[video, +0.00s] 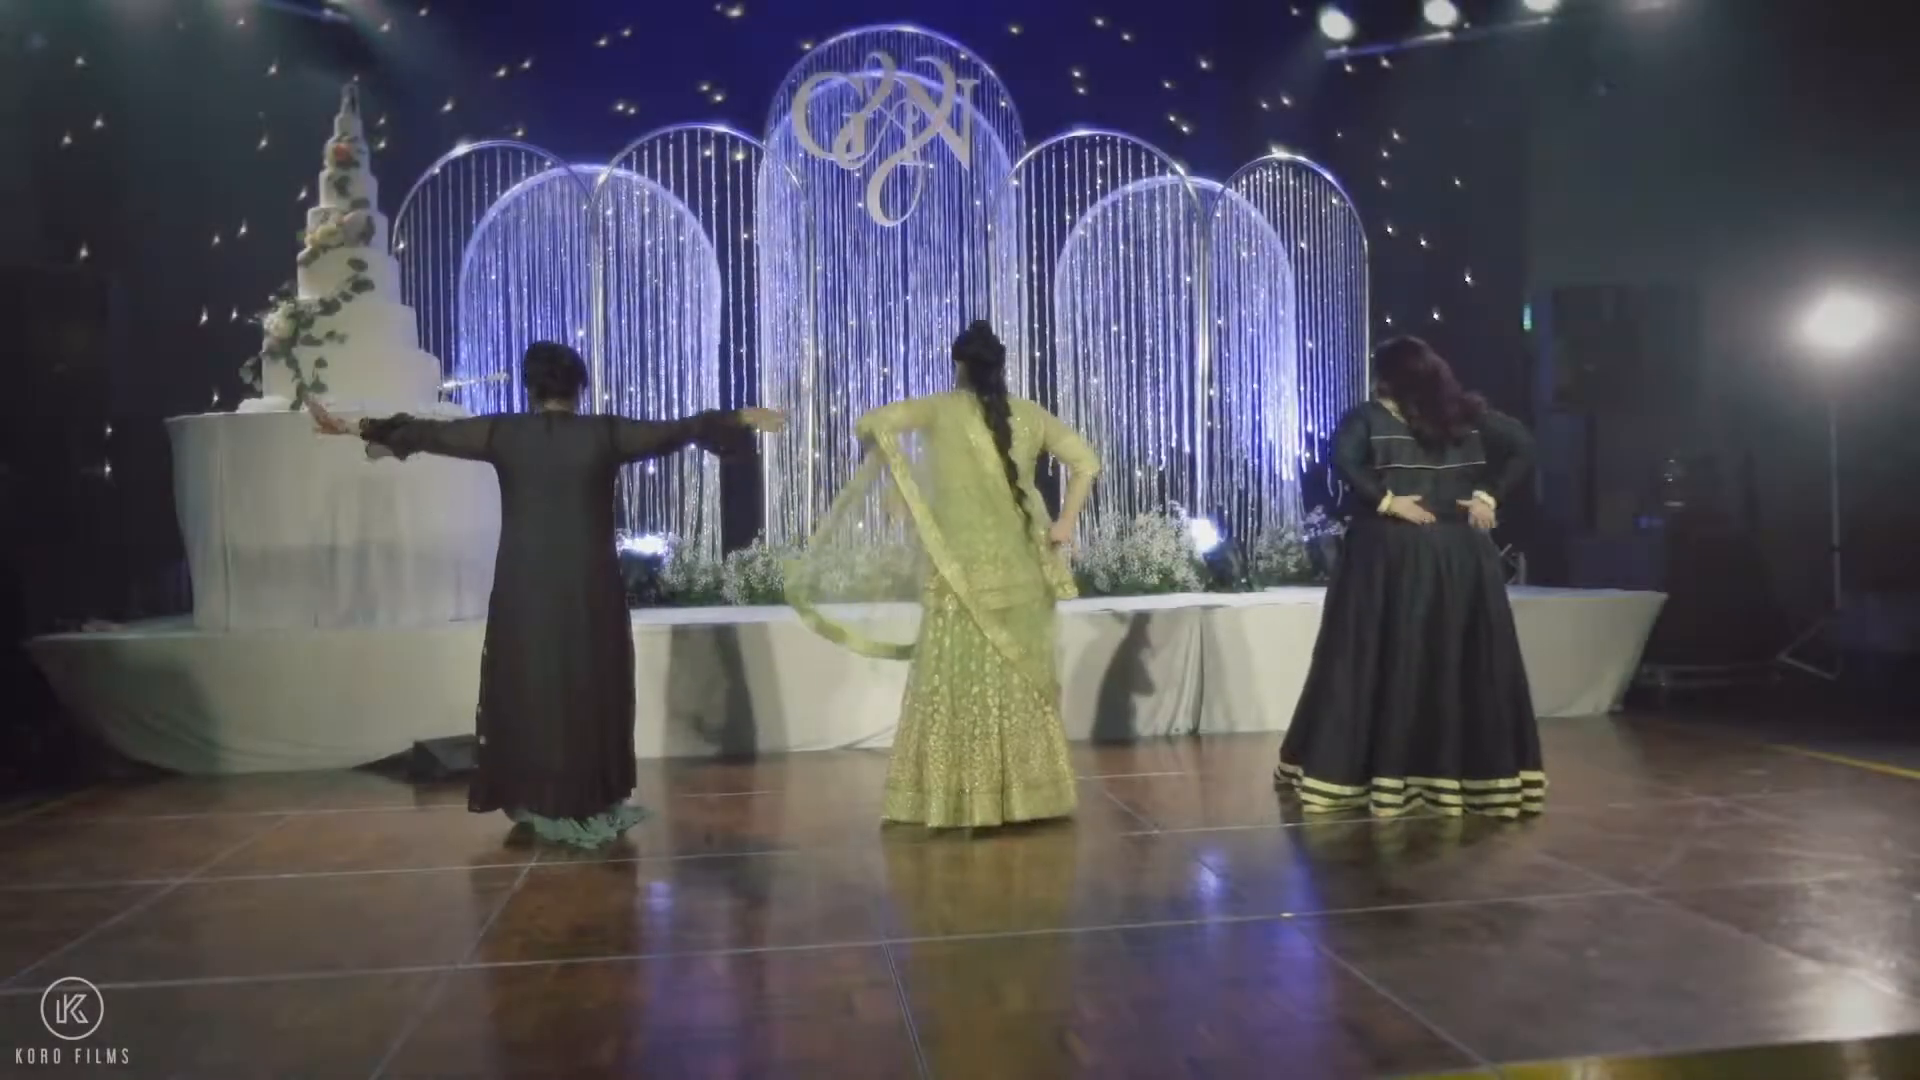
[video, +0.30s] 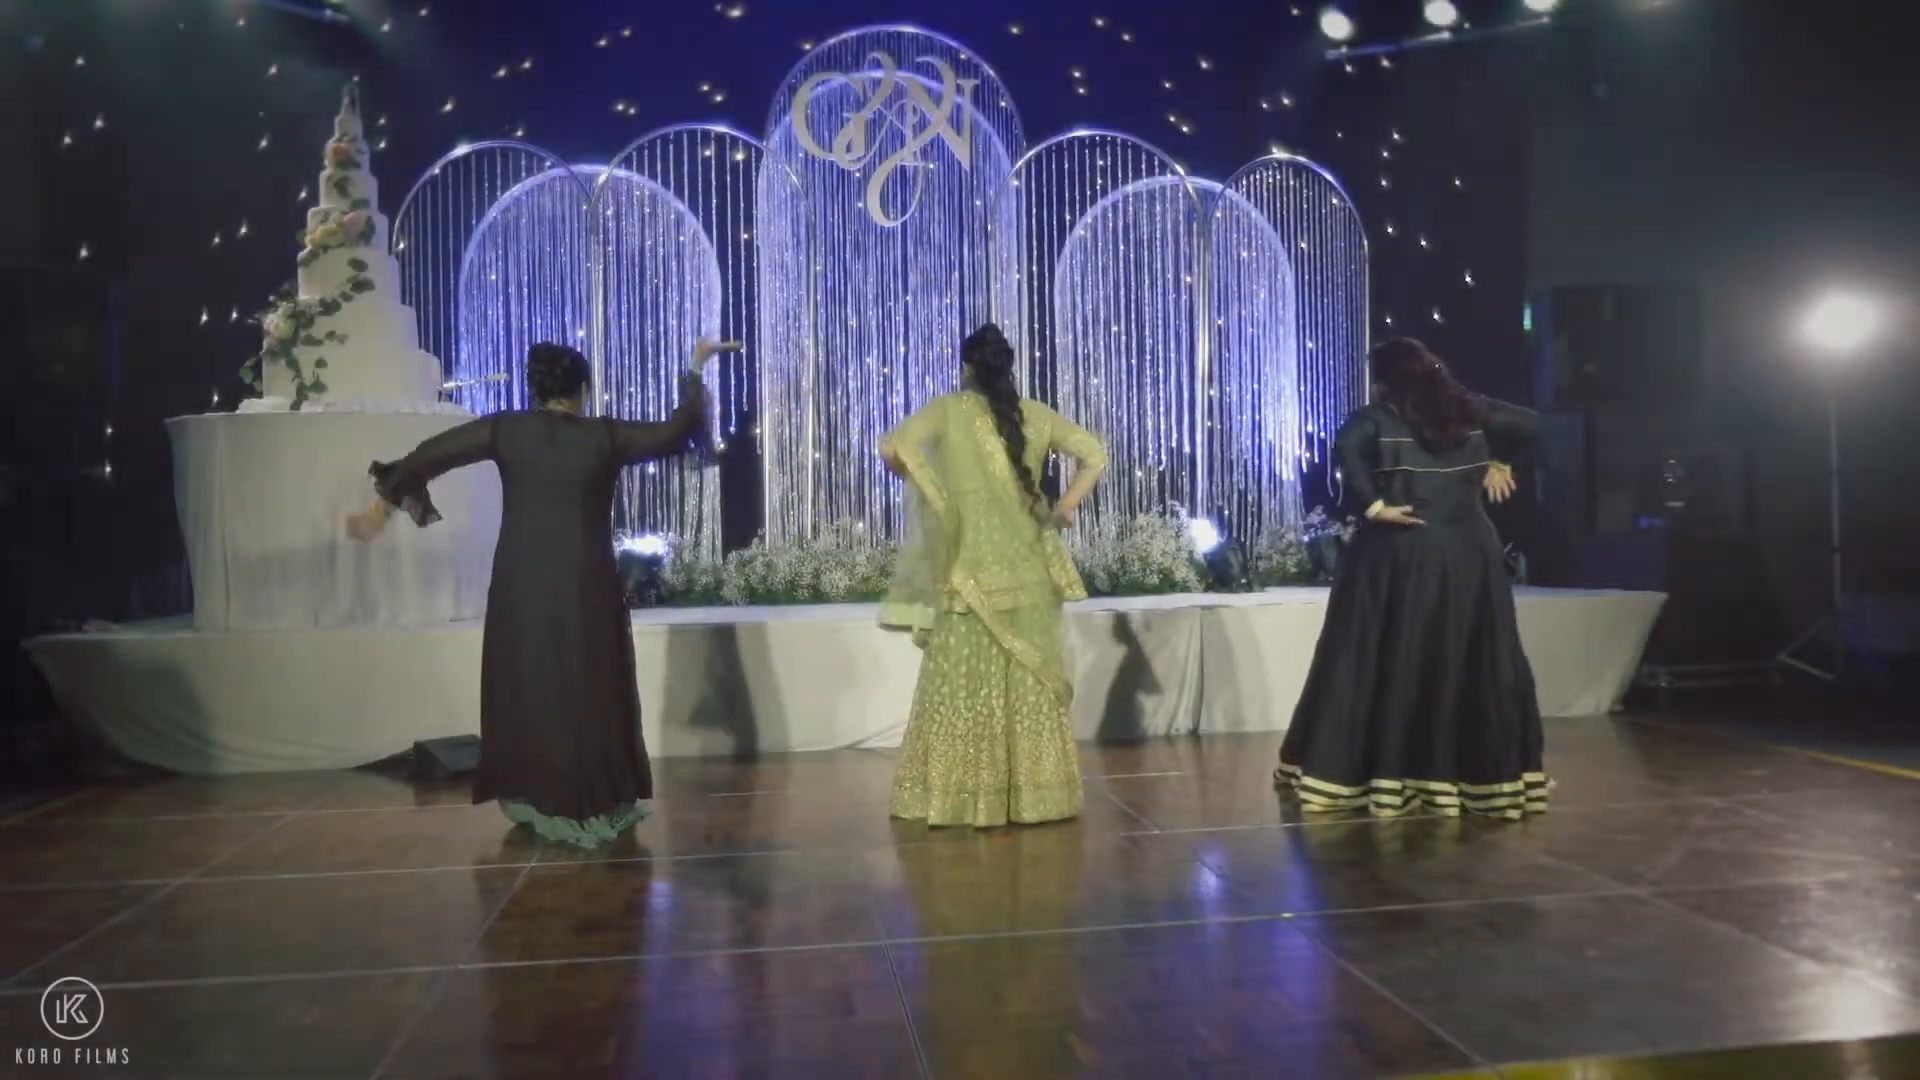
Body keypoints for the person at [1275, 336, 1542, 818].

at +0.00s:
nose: (1375, 389)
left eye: (1377, 380)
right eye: (1376, 381)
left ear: (1386, 380)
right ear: (1433, 372)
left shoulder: (1369, 417)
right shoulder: (1466, 413)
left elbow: (1343, 459)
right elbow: (1522, 443)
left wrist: (1388, 501)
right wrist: (1492, 494)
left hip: (1393, 562)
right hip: (1463, 560)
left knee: (1390, 666)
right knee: (1459, 667)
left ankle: (1388, 780)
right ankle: (1459, 780)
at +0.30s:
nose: (1375, 386)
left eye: (1376, 379)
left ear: (1382, 380)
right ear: (1431, 370)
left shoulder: (1373, 420)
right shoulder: (1465, 408)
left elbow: (1347, 453)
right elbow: (1528, 423)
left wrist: (1371, 505)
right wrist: (1500, 461)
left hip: (1405, 554)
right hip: (1471, 550)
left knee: (1397, 664)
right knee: (1470, 663)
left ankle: (1393, 780)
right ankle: (1474, 781)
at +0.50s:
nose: (1380, 390)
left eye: (1382, 382)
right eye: (1380, 382)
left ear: (1397, 384)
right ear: (1440, 373)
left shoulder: (1392, 423)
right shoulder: (1478, 415)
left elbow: (1368, 457)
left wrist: (1360, 518)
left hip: (1424, 551)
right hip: (1487, 547)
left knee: (1410, 661)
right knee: (1483, 660)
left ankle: (1405, 776)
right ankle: (1486, 777)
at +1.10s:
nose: (1388, 394)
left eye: (1392, 385)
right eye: (1389, 385)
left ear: (1406, 387)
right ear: (1448, 379)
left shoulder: (1407, 429)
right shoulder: (1485, 418)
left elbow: (1372, 477)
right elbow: (1539, 419)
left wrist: (1342, 444)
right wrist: (1511, 381)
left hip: (1425, 552)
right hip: (1489, 546)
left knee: (1419, 660)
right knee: (1487, 660)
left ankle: (1419, 777)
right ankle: (1493, 777)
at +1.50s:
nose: (1407, 387)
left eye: (1410, 379)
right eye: (1411, 379)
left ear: (1418, 383)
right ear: (1469, 374)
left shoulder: (1413, 424)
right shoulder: (1502, 409)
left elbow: (1348, 436)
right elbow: (1542, 373)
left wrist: (1326, 383)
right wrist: (1537, 310)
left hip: (1423, 546)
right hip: (1490, 544)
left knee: (1416, 661)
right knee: (1489, 663)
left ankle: (1415, 782)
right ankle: (1493, 782)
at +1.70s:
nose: (1413, 383)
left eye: (1417, 375)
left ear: (1425, 380)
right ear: (1476, 375)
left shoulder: (1416, 421)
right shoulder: (1503, 411)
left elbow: (1360, 380)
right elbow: (1505, 356)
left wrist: (1369, 316)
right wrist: (1473, 299)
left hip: (1430, 547)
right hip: (1496, 543)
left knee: (1426, 662)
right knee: (1495, 662)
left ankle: (1421, 783)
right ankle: (1497, 783)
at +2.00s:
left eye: (1435, 359)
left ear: (1430, 372)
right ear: (1486, 369)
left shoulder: (1414, 421)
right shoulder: (1508, 408)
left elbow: (1356, 410)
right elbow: (1510, 351)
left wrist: (1337, 359)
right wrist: (1476, 301)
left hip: (1431, 546)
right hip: (1499, 545)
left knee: (1422, 659)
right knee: (1495, 661)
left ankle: (1417, 782)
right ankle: (1495, 782)